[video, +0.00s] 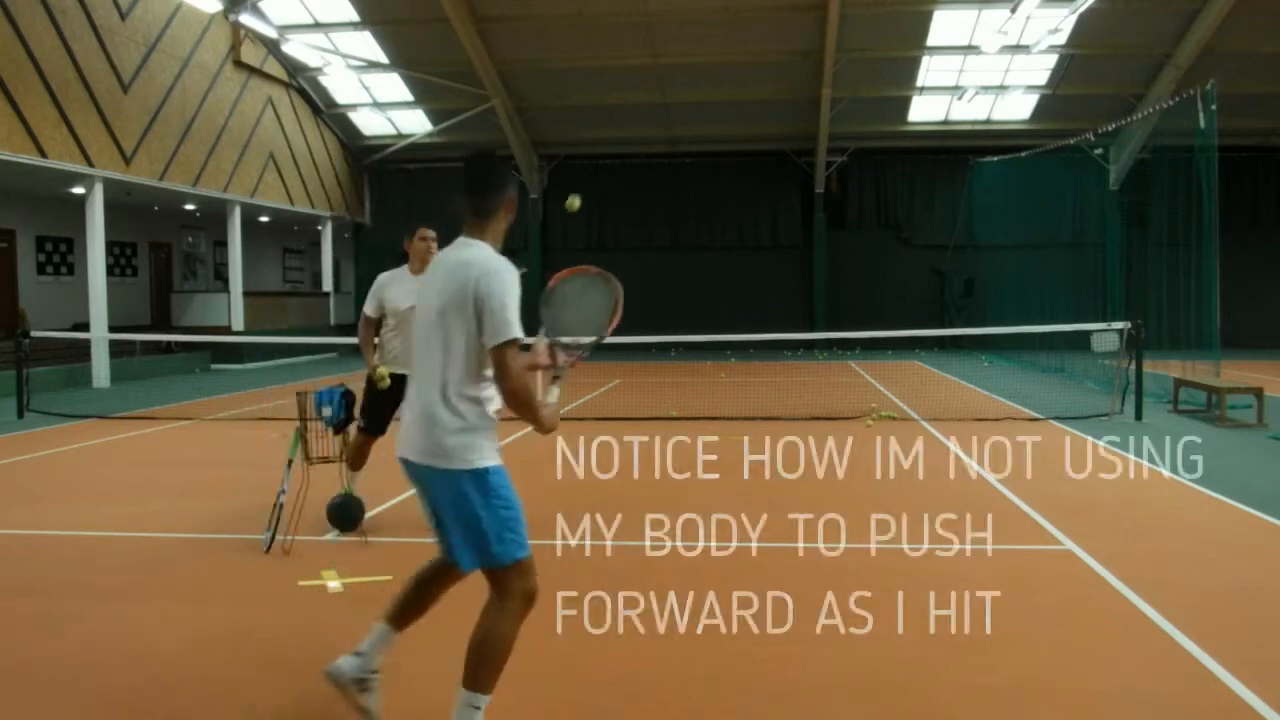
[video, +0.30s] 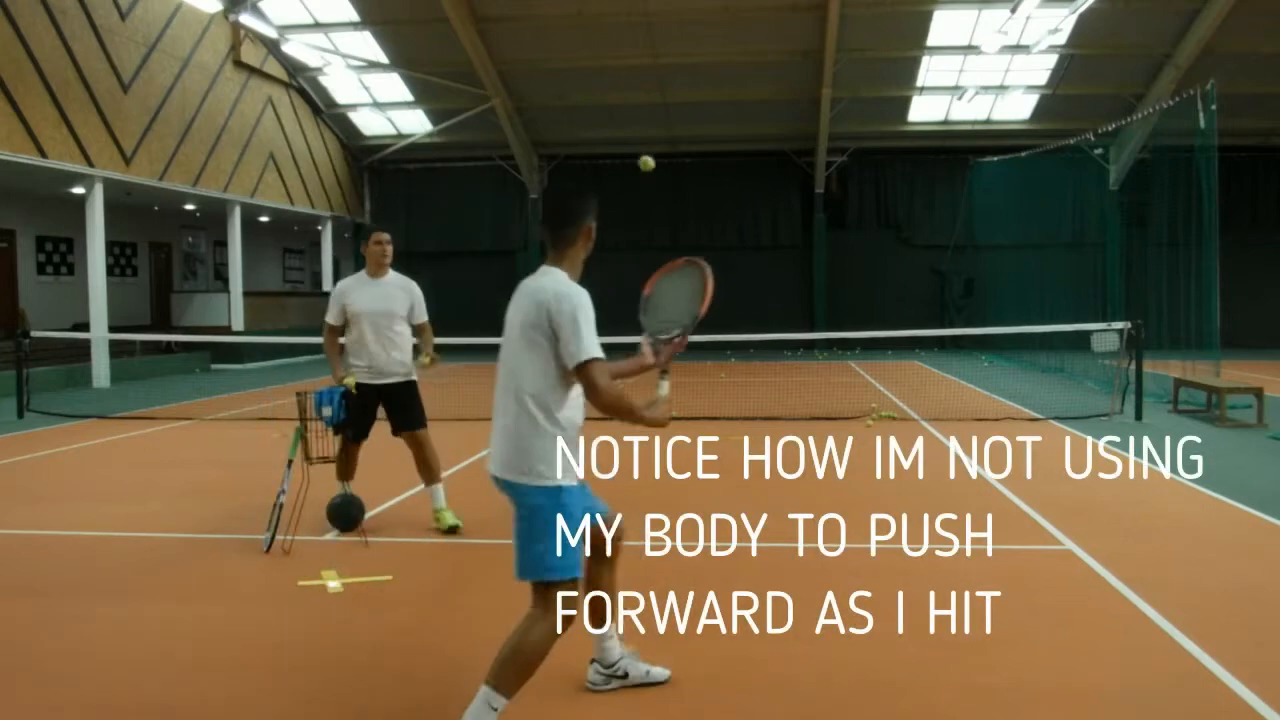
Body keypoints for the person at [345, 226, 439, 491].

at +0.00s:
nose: (431, 246)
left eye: (434, 241)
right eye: (424, 240)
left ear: (439, 248)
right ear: (408, 246)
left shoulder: (444, 282)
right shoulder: (387, 281)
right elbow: (367, 323)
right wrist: (371, 362)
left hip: (431, 373)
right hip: (391, 372)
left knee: (440, 435)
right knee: (366, 434)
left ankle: (443, 499)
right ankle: (350, 485)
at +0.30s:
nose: (384, 249)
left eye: (388, 244)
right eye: (378, 243)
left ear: (393, 250)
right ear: (364, 250)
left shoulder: (409, 288)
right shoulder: (345, 289)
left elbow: (424, 329)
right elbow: (331, 334)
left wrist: (427, 351)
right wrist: (338, 372)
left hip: (401, 379)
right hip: (360, 379)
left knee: (419, 437)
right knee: (350, 442)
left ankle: (441, 508)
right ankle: (344, 501)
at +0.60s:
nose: (369, 242)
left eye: (373, 237)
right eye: (363, 237)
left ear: (378, 243)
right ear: (350, 242)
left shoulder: (390, 278)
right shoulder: (331, 281)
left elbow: (401, 320)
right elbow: (309, 328)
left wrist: (413, 339)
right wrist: (304, 375)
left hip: (388, 373)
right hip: (347, 376)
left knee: (404, 431)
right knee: (342, 438)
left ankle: (405, 491)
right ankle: (342, 497)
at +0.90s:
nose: (372, 240)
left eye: (376, 235)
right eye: (366, 235)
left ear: (380, 240)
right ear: (351, 240)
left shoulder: (392, 276)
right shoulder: (334, 279)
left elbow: (403, 317)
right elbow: (320, 325)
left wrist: (419, 345)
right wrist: (317, 371)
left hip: (387, 370)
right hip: (349, 373)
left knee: (392, 432)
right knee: (341, 435)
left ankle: (398, 494)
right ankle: (342, 495)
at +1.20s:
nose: (377, 240)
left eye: (379, 235)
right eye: (370, 235)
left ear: (382, 240)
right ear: (353, 239)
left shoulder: (393, 276)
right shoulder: (336, 278)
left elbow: (404, 319)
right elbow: (322, 324)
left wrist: (420, 357)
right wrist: (326, 367)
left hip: (389, 370)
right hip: (352, 372)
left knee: (394, 431)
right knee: (342, 434)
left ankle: (398, 494)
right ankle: (341, 495)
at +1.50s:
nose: (380, 240)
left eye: (382, 235)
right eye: (374, 235)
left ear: (383, 240)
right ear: (356, 239)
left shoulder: (390, 275)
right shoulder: (338, 278)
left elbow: (398, 318)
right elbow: (322, 324)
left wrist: (417, 354)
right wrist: (320, 370)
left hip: (389, 370)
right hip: (352, 373)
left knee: (393, 431)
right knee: (343, 435)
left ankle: (398, 494)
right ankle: (341, 496)